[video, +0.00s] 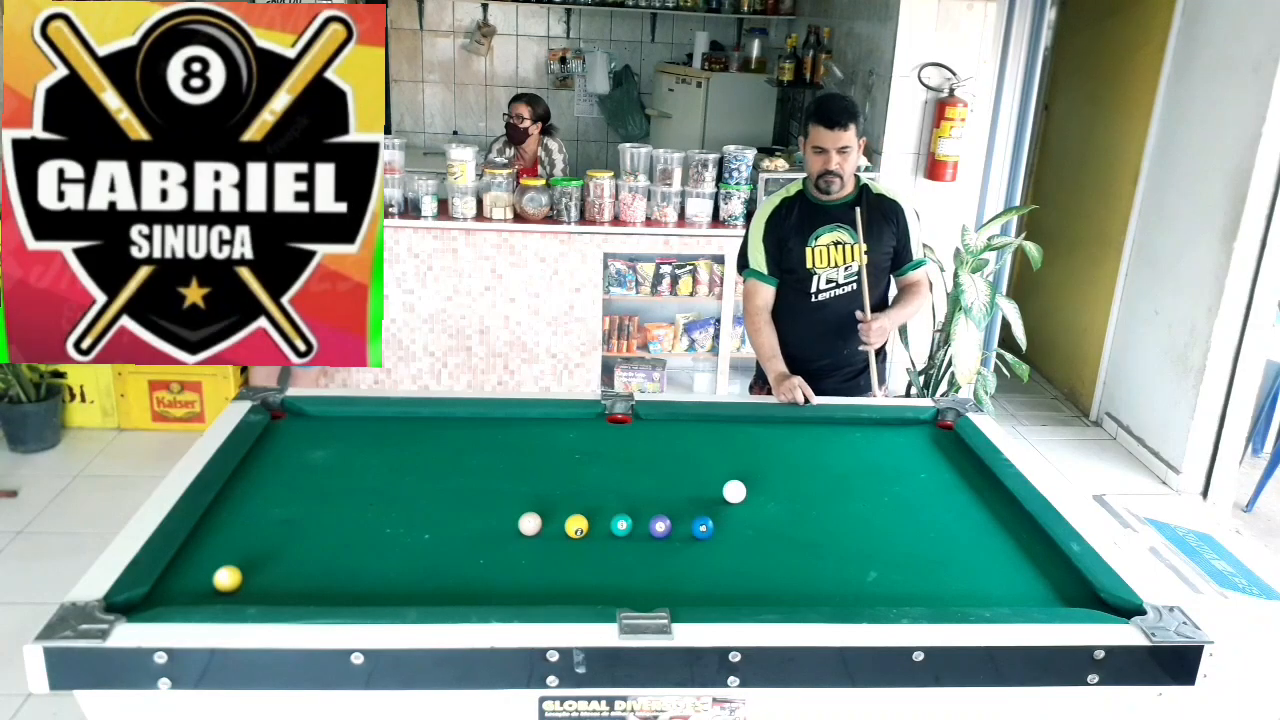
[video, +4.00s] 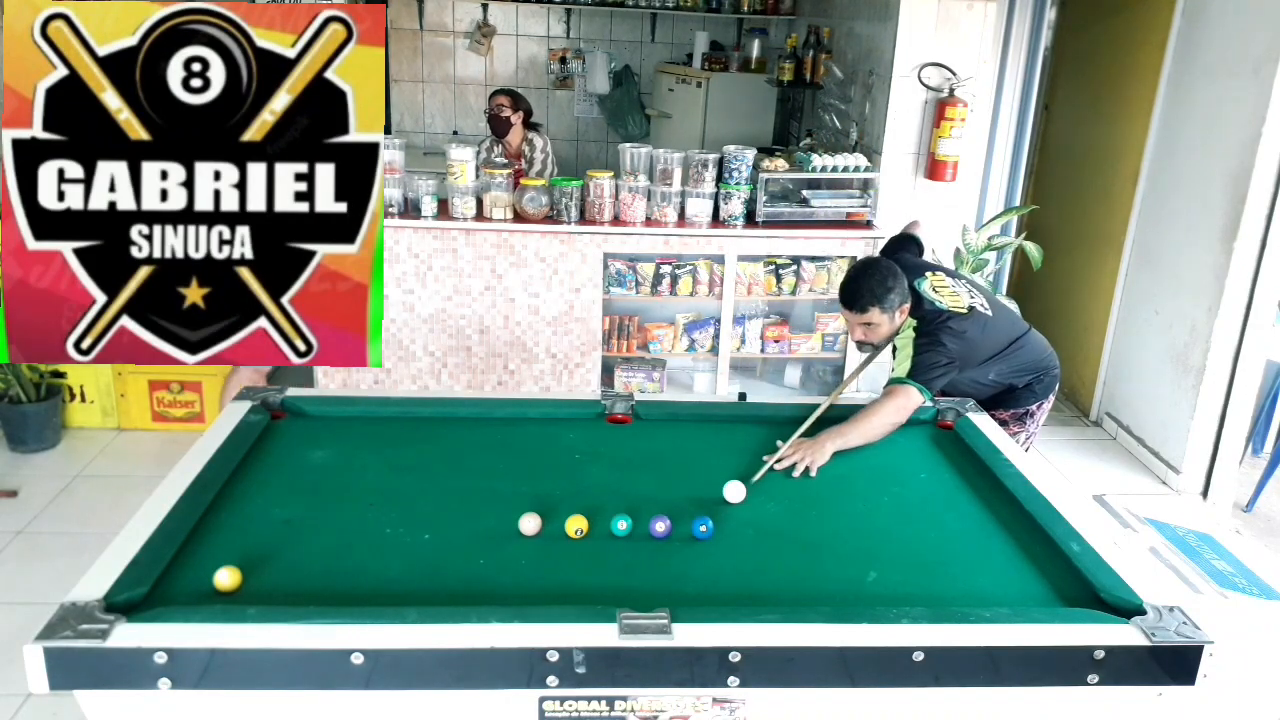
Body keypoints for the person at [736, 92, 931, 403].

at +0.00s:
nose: (832, 164)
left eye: (843, 151)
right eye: (820, 151)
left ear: (861, 150)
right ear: (803, 148)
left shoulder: (889, 212)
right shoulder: (773, 217)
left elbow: (916, 286)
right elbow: (757, 309)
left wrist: (890, 320)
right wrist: (779, 376)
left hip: (861, 394)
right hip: (787, 394)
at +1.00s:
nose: (842, 156)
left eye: (855, 145)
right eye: (832, 143)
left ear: (875, 148)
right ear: (817, 143)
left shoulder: (896, 214)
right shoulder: (788, 203)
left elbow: (921, 296)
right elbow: (736, 266)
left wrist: (874, 308)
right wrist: (787, 226)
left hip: (863, 391)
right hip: (785, 386)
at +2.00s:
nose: (854, 174)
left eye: (868, 161)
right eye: (845, 161)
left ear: (897, 157)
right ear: (838, 155)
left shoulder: (936, 216)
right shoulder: (818, 218)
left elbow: (961, 299)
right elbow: (777, 294)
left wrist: (908, 348)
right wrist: (760, 357)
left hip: (901, 398)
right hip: (822, 392)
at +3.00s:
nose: (893, 168)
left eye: (907, 158)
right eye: (886, 155)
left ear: (936, 156)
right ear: (879, 150)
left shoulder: (960, 202)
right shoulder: (875, 205)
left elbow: (976, 271)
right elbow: (857, 266)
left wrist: (903, 282)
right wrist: (851, 308)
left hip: (940, 376)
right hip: (879, 365)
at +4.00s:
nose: (856, 336)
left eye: (869, 325)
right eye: (849, 322)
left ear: (902, 313)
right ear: (844, 306)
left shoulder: (936, 340)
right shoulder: (898, 263)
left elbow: (897, 407)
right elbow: (911, 232)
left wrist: (827, 441)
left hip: (1026, 377)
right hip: (971, 364)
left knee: (991, 477)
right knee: (949, 460)